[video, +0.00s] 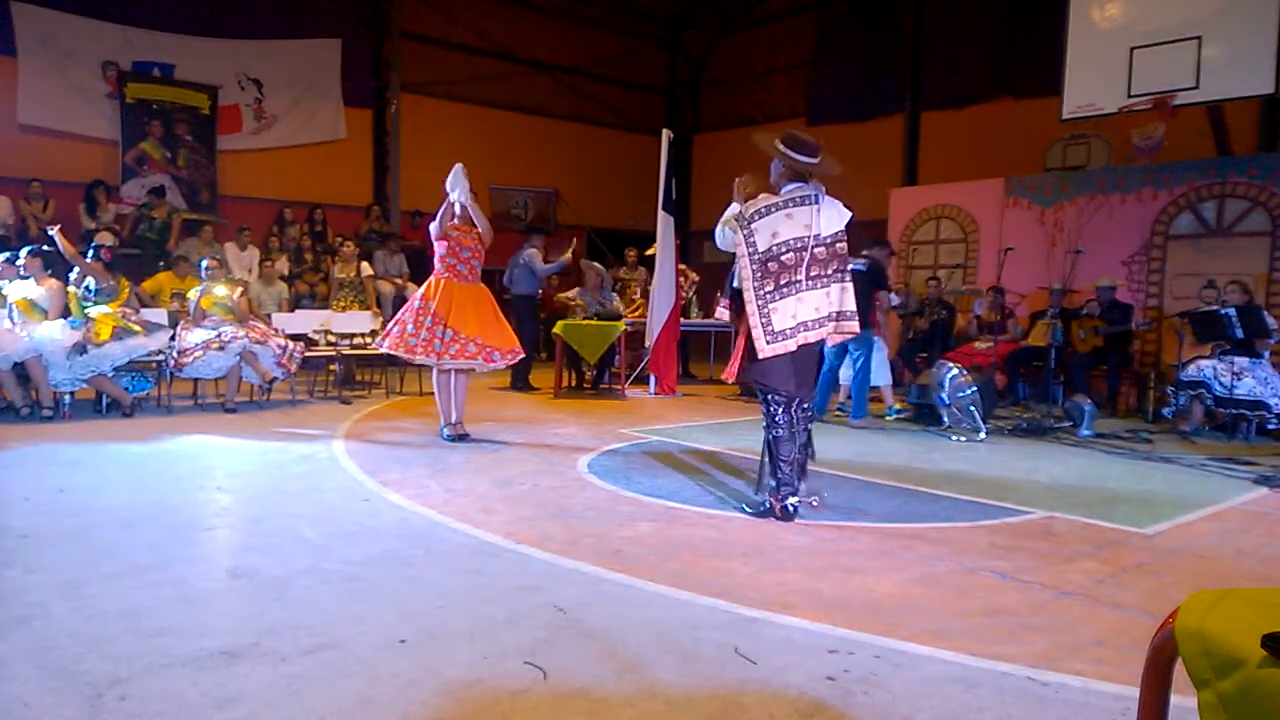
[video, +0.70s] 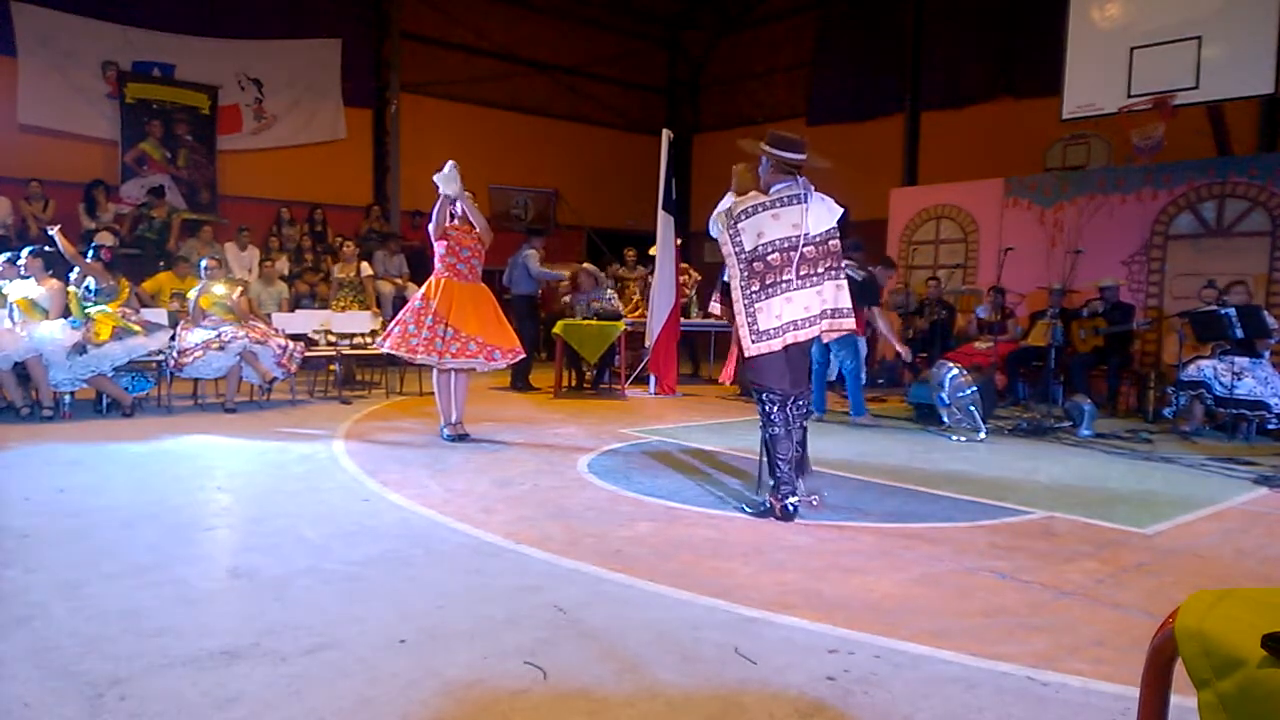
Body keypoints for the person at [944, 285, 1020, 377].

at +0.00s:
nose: (992, 300)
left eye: (996, 297)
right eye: (990, 296)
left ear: (1001, 299)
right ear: (985, 298)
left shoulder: (1008, 313)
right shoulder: (978, 316)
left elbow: (1012, 335)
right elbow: (974, 336)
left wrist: (993, 339)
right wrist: (971, 323)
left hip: (1003, 344)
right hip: (983, 345)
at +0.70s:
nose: (992, 300)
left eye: (996, 297)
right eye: (990, 296)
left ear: (1002, 299)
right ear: (987, 298)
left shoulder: (1008, 312)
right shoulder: (980, 312)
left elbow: (1012, 335)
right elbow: (973, 334)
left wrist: (993, 339)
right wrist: (971, 322)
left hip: (1003, 344)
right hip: (983, 343)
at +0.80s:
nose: (992, 300)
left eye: (996, 297)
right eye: (990, 296)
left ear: (1002, 299)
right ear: (986, 298)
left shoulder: (1008, 313)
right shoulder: (980, 312)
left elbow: (1013, 335)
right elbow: (973, 334)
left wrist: (993, 339)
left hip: (1004, 343)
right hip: (984, 343)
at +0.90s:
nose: (992, 300)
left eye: (995, 297)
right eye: (989, 296)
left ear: (1001, 300)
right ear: (985, 298)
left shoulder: (1007, 312)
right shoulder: (979, 313)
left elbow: (1012, 335)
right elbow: (973, 334)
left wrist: (993, 338)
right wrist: (973, 321)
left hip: (1002, 343)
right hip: (983, 343)